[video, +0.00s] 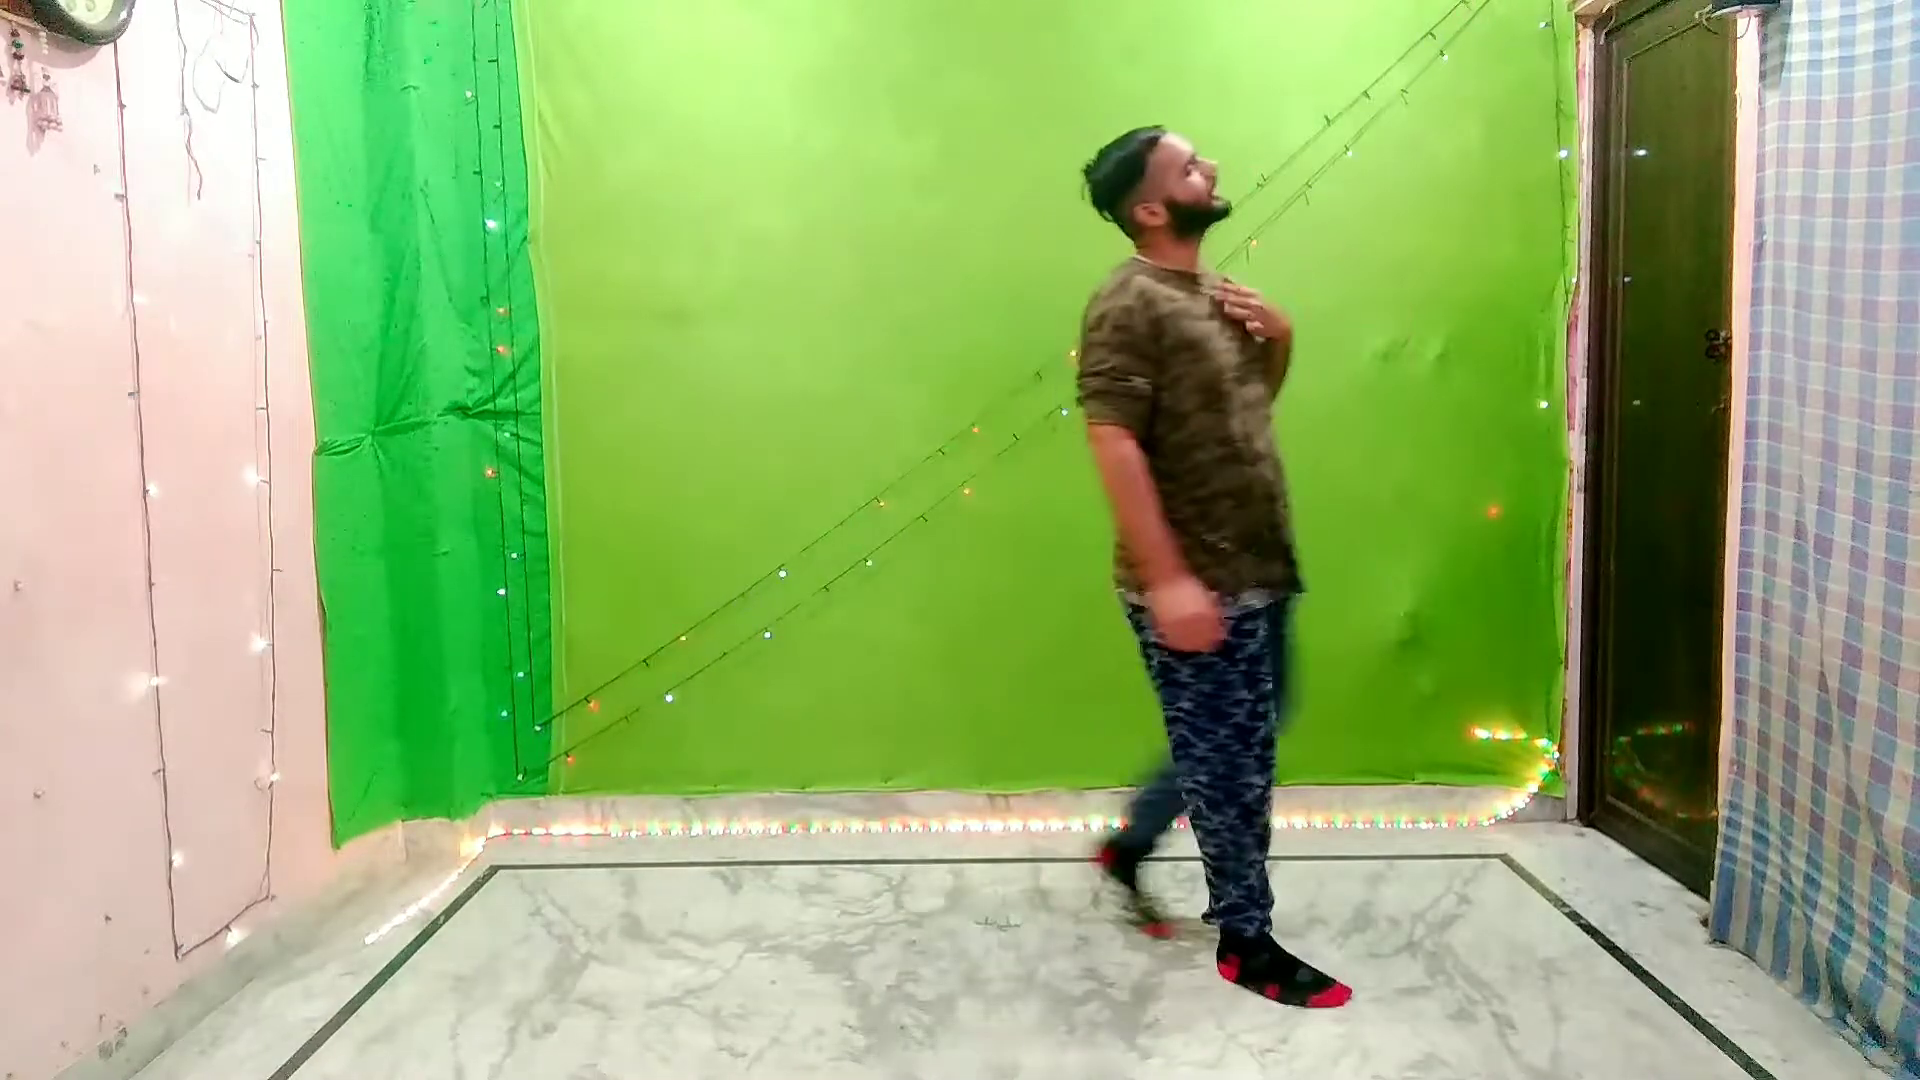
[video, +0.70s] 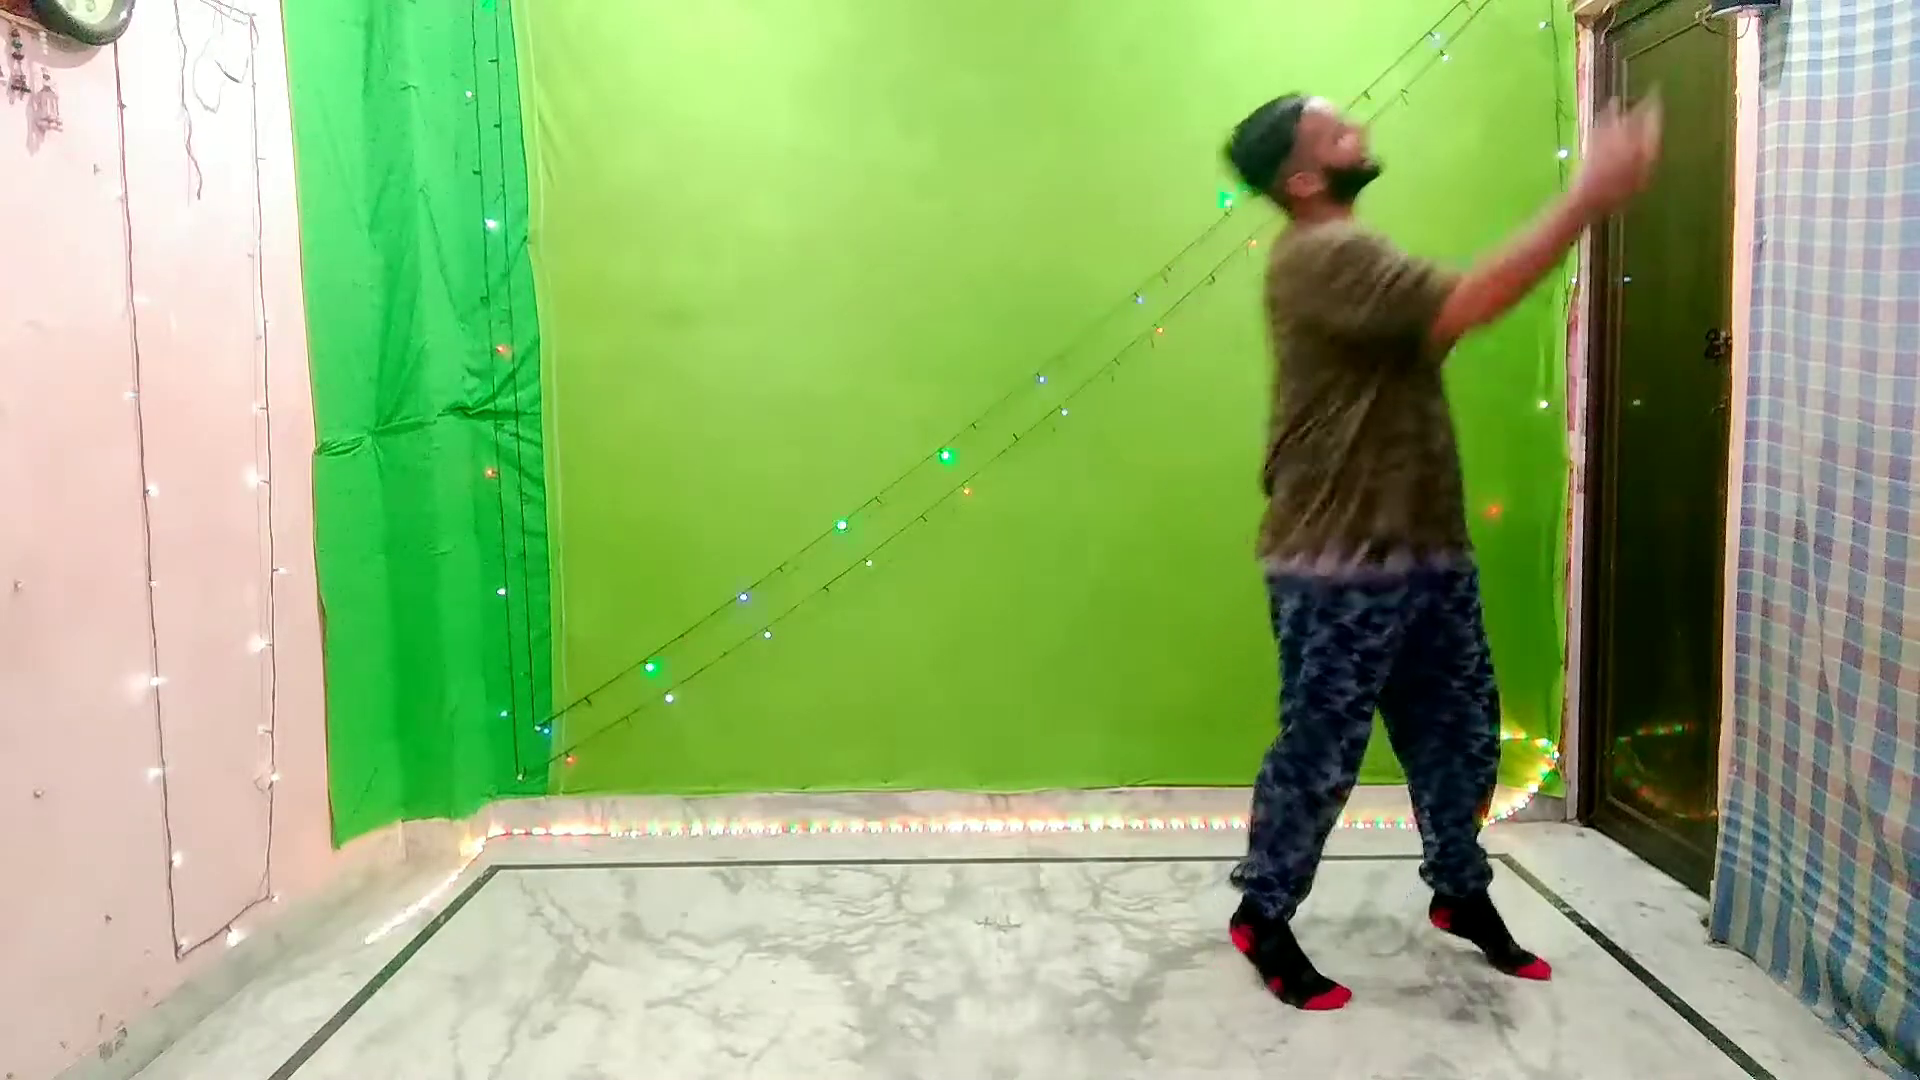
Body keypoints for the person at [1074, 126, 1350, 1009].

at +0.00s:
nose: (1208, 171)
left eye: (1199, 161)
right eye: (1189, 166)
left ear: (1172, 200)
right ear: (1147, 204)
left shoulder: (1213, 294)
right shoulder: (1126, 305)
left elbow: (1243, 408)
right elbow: (1112, 443)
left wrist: (1278, 341)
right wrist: (1166, 578)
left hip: (1259, 571)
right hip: (1194, 583)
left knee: (1246, 736)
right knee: (1226, 766)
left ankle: (1129, 841)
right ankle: (1246, 941)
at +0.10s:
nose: (1219, 166)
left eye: (1209, 156)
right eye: (1201, 163)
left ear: (1183, 200)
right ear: (1164, 204)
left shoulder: (1224, 292)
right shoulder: (1145, 303)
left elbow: (1262, 407)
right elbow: (1139, 444)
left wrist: (1300, 336)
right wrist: (1206, 579)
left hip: (1279, 574)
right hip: (1204, 586)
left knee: (1313, 701)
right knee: (1232, 765)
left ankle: (1236, 830)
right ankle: (1245, 940)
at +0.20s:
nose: (1228, 160)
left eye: (1218, 150)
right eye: (1206, 160)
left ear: (1192, 204)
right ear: (1166, 208)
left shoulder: (1246, 289)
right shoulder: (1160, 308)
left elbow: (1279, 402)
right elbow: (1167, 451)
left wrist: (1330, 334)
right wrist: (1240, 582)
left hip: (1302, 573)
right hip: (1222, 590)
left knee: (1337, 724)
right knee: (1245, 764)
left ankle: (1332, 899)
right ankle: (1244, 939)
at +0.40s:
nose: (1267, 179)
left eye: (1256, 167)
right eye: (1247, 176)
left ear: (1225, 212)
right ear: (1204, 220)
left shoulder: (1280, 291)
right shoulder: (1194, 320)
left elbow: (1328, 405)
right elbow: (1273, 465)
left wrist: (1371, 341)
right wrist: (1363, 583)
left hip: (1350, 577)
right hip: (1265, 601)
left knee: (1410, 743)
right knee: (1279, 771)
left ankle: (1430, 910)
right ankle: (1247, 939)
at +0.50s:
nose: (1289, 179)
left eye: (1277, 167)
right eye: (1268, 177)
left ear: (1240, 218)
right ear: (1226, 223)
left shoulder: (1296, 287)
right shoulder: (1227, 321)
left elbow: (1350, 406)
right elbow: (1321, 441)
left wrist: (1395, 339)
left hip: (1392, 578)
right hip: (1300, 601)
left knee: (1440, 745)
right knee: (1298, 775)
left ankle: (1442, 915)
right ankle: (1251, 940)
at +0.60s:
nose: (1303, 155)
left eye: (1291, 145)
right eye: (1281, 156)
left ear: (1263, 206)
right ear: (1250, 208)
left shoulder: (1316, 279)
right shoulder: (1266, 302)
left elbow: (1383, 394)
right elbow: (1371, 403)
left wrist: (1418, 325)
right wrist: (1537, 364)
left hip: (1406, 574)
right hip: (1316, 593)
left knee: (1454, 739)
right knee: (1304, 772)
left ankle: (1449, 909)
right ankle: (1251, 932)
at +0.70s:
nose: (1351, 118)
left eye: (1336, 111)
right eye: (1330, 117)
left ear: (1308, 166)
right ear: (1300, 166)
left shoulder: (1353, 250)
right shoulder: (1315, 257)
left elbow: (1431, 331)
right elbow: (1458, 307)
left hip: (1424, 550)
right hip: (1337, 559)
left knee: (1455, 730)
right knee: (1321, 747)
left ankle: (1460, 894)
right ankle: (1263, 917)